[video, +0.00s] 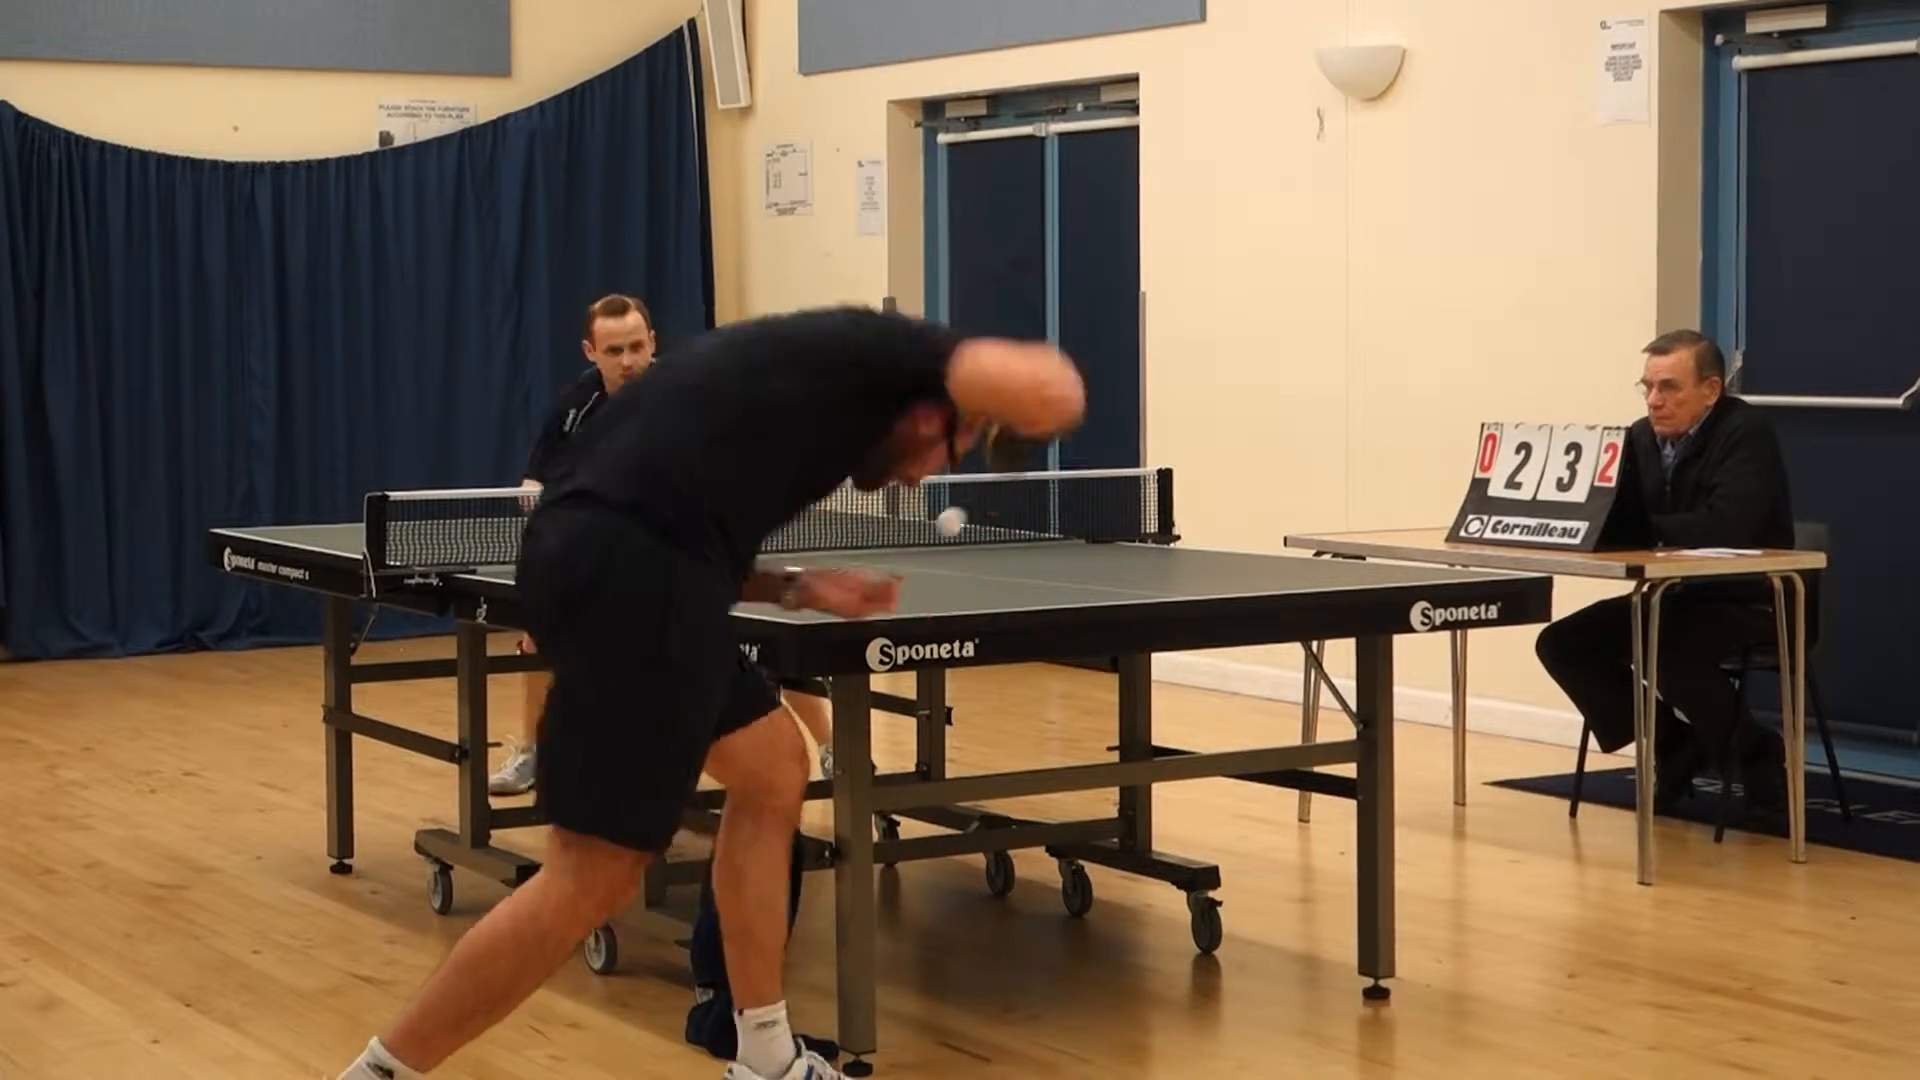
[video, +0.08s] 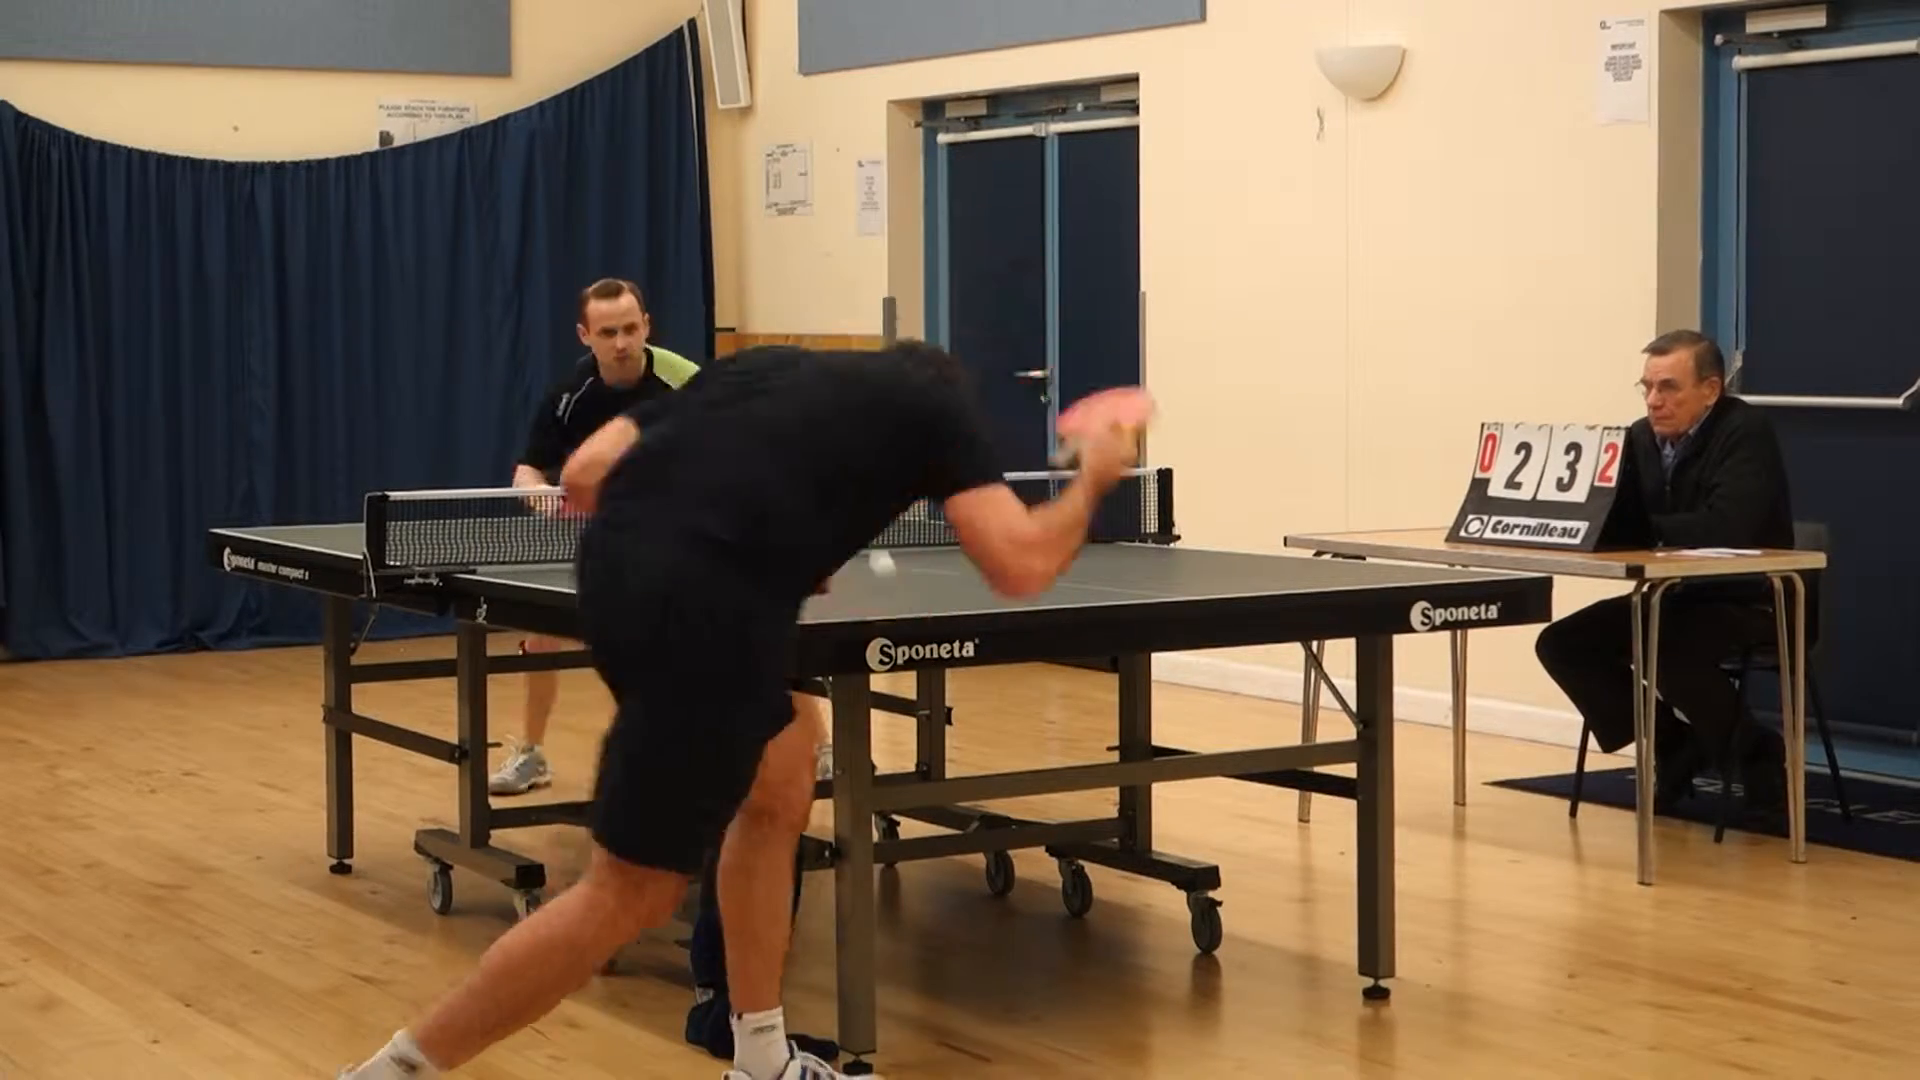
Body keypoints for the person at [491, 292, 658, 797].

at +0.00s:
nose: (629, 361)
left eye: (638, 347)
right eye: (615, 349)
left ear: (654, 343)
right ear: (592, 351)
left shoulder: (674, 398)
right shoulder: (577, 400)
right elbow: (538, 474)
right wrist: (534, 489)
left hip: (650, 548)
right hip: (576, 544)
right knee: (540, 638)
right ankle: (532, 751)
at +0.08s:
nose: (622, 344)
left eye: (630, 329)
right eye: (608, 332)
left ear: (647, 325)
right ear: (585, 335)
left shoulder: (685, 388)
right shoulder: (570, 395)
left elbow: (712, 459)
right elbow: (527, 472)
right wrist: (541, 494)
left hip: (664, 535)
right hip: (580, 538)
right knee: (543, 634)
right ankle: (530, 751)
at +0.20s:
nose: (622, 320)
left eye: (630, 305)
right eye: (608, 310)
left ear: (649, 303)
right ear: (587, 317)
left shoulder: (688, 362)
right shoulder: (575, 383)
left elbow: (739, 431)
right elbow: (533, 465)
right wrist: (532, 534)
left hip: (687, 523)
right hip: (609, 531)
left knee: (726, 628)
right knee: (560, 635)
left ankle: (745, 760)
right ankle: (531, 752)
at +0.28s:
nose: (621, 308)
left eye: (629, 295)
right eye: (607, 300)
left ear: (647, 295)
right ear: (588, 309)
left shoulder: (692, 353)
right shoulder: (583, 379)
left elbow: (731, 430)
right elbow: (551, 459)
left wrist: (686, 453)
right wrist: (532, 522)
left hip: (705, 518)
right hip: (622, 523)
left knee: (766, 617)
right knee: (574, 624)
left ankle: (797, 749)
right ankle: (567, 746)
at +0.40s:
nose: (614, 327)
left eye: (622, 312)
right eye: (600, 318)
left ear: (643, 310)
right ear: (585, 329)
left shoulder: (686, 360)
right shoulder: (600, 402)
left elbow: (686, 433)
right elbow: (602, 503)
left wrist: (600, 449)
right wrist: (595, 582)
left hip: (734, 525)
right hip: (656, 535)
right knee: (601, 630)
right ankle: (603, 762)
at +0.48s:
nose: (618, 344)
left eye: (627, 329)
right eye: (605, 337)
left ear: (653, 327)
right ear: (595, 345)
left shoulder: (683, 371)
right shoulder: (627, 400)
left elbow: (635, 434)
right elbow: (654, 486)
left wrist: (546, 455)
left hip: (758, 528)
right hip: (687, 539)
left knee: (826, 652)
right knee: (614, 633)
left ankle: (920, 742)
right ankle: (605, 766)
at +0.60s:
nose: (634, 342)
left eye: (645, 328)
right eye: (625, 334)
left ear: (678, 326)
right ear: (622, 340)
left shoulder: (707, 371)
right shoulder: (668, 390)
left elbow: (741, 443)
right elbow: (707, 458)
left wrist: (666, 471)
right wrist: (677, 493)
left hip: (789, 530)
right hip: (729, 537)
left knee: (848, 650)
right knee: (645, 633)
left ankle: (936, 743)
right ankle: (618, 763)